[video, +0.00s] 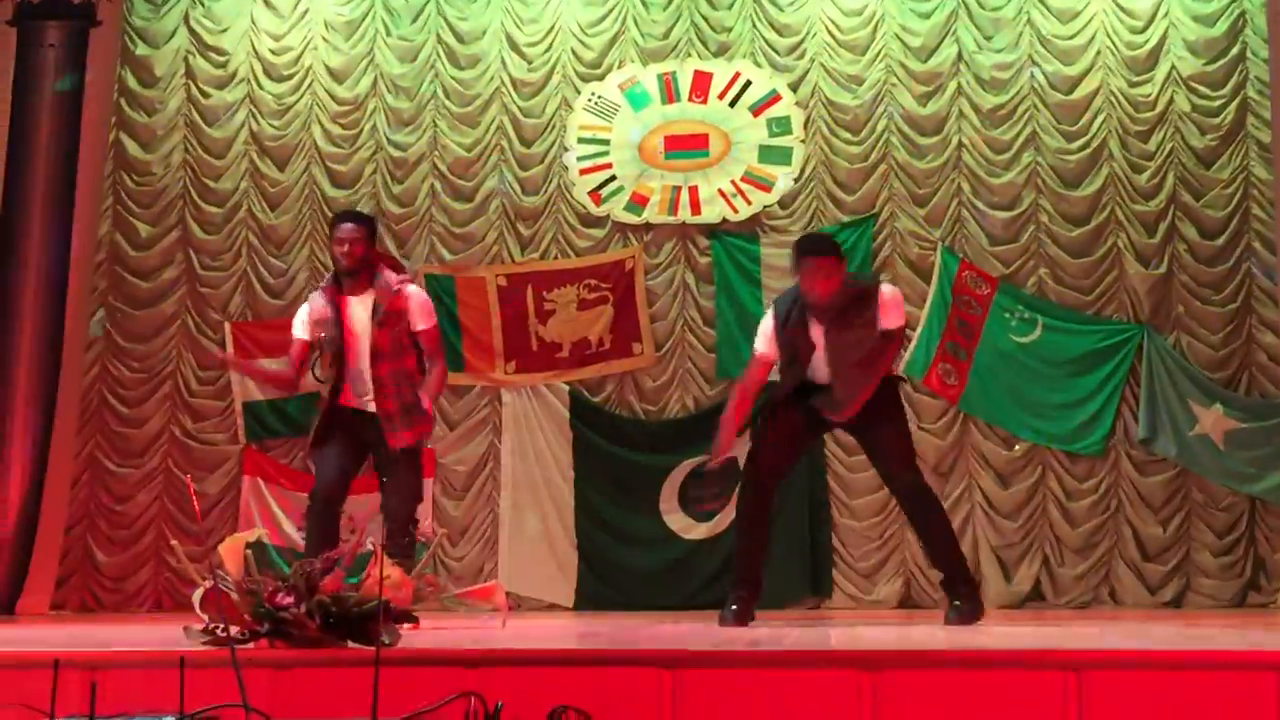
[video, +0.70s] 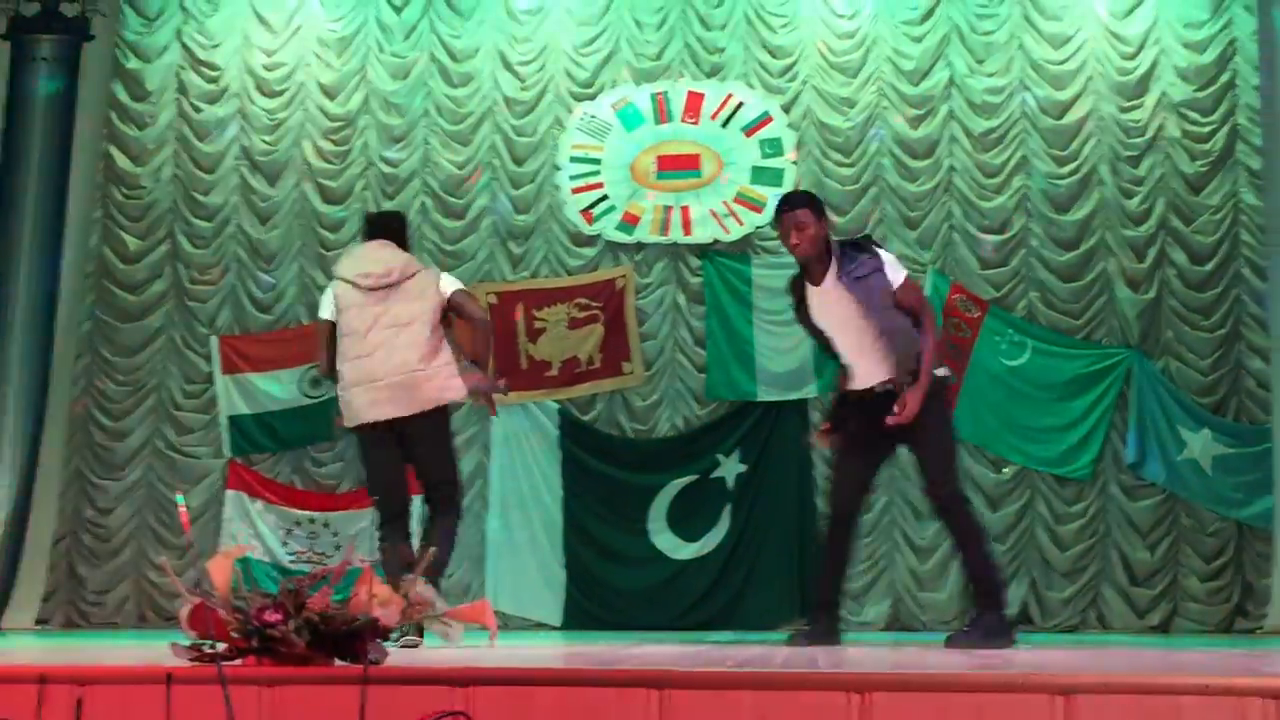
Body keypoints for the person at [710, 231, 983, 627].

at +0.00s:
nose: (820, 285)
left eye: (828, 274)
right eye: (811, 275)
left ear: (844, 272)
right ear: (798, 277)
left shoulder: (881, 301)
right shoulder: (781, 317)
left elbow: (884, 361)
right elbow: (748, 386)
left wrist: (851, 401)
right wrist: (722, 449)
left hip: (870, 395)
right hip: (804, 399)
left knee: (905, 482)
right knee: (758, 477)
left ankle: (962, 592)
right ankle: (742, 597)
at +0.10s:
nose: (882, 246)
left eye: (887, 236)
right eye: (872, 237)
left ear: (894, 238)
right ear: (847, 237)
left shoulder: (908, 282)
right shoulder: (813, 285)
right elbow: (782, 362)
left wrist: (876, 387)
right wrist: (828, 393)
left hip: (870, 394)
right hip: (808, 395)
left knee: (925, 465)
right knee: (761, 472)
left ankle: (919, 593)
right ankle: (738, 599)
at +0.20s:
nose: (942, 214)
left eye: (939, 205)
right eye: (933, 206)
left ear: (912, 214)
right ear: (905, 214)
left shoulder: (917, 270)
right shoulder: (869, 269)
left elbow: (892, 341)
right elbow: (853, 349)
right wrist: (918, 365)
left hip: (867, 399)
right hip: (829, 397)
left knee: (921, 483)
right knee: (823, 490)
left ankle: (902, 603)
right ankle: (730, 560)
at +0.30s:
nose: (940, 216)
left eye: (937, 208)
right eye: (937, 209)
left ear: (893, 215)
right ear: (927, 213)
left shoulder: (870, 258)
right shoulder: (924, 259)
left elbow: (832, 333)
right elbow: (918, 335)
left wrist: (886, 352)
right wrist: (934, 364)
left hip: (848, 390)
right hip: (888, 386)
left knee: (903, 502)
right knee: (938, 486)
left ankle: (931, 606)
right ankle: (833, 467)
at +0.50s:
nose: (806, 224)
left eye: (811, 215)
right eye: (807, 215)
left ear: (829, 218)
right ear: (850, 219)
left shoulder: (829, 258)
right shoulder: (885, 252)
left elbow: (870, 315)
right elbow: (937, 307)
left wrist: (870, 388)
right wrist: (968, 369)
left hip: (916, 376)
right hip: (950, 367)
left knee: (933, 493)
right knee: (940, 488)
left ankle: (1012, 604)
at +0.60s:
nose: (788, 235)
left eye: (796, 225)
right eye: (784, 227)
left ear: (826, 226)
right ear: (786, 233)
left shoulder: (852, 262)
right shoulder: (817, 282)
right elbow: (874, 336)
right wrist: (877, 399)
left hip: (938, 379)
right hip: (895, 387)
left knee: (966, 496)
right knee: (896, 502)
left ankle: (1014, 616)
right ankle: (914, 611)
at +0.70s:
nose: (795, 238)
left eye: (802, 227)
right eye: (786, 232)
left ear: (824, 225)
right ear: (781, 240)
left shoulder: (867, 259)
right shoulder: (801, 294)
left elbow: (925, 315)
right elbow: (848, 356)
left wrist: (921, 386)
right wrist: (838, 412)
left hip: (915, 392)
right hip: (862, 403)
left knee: (946, 497)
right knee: (841, 511)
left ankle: (993, 618)